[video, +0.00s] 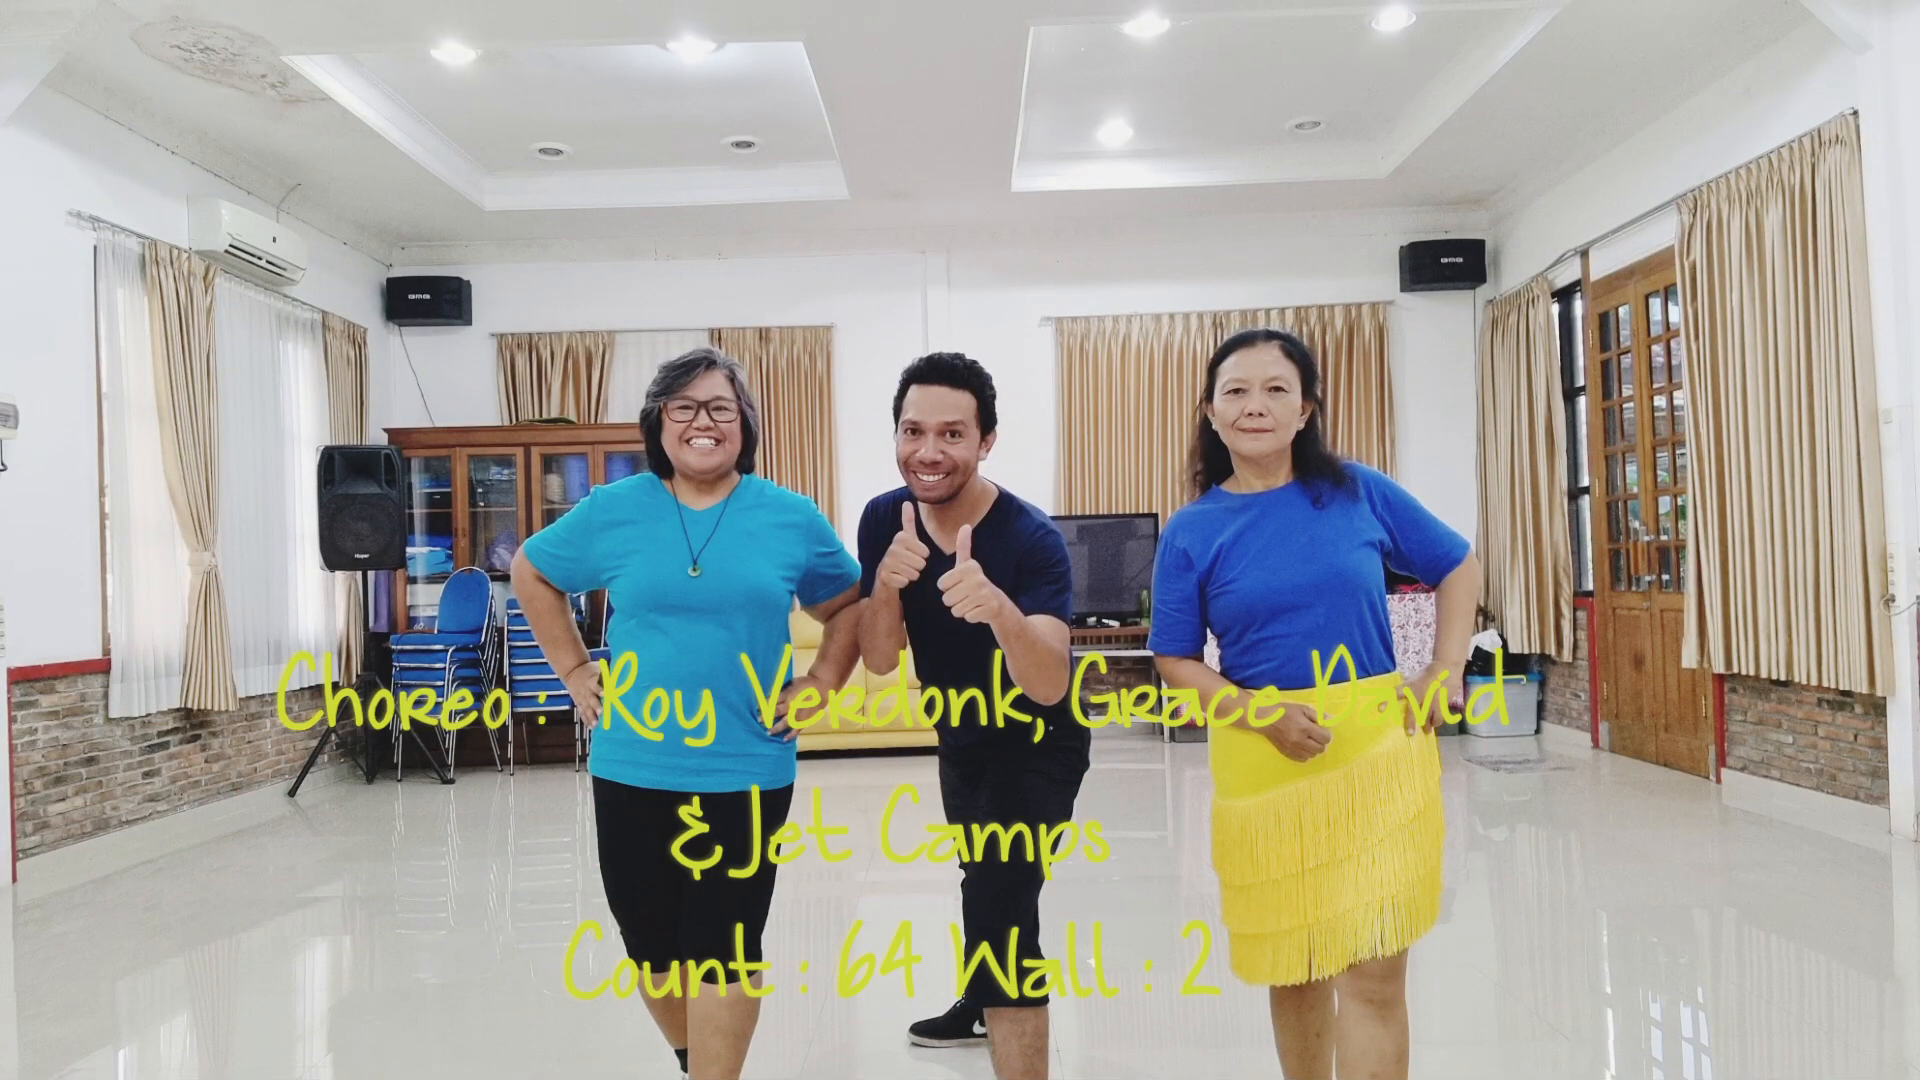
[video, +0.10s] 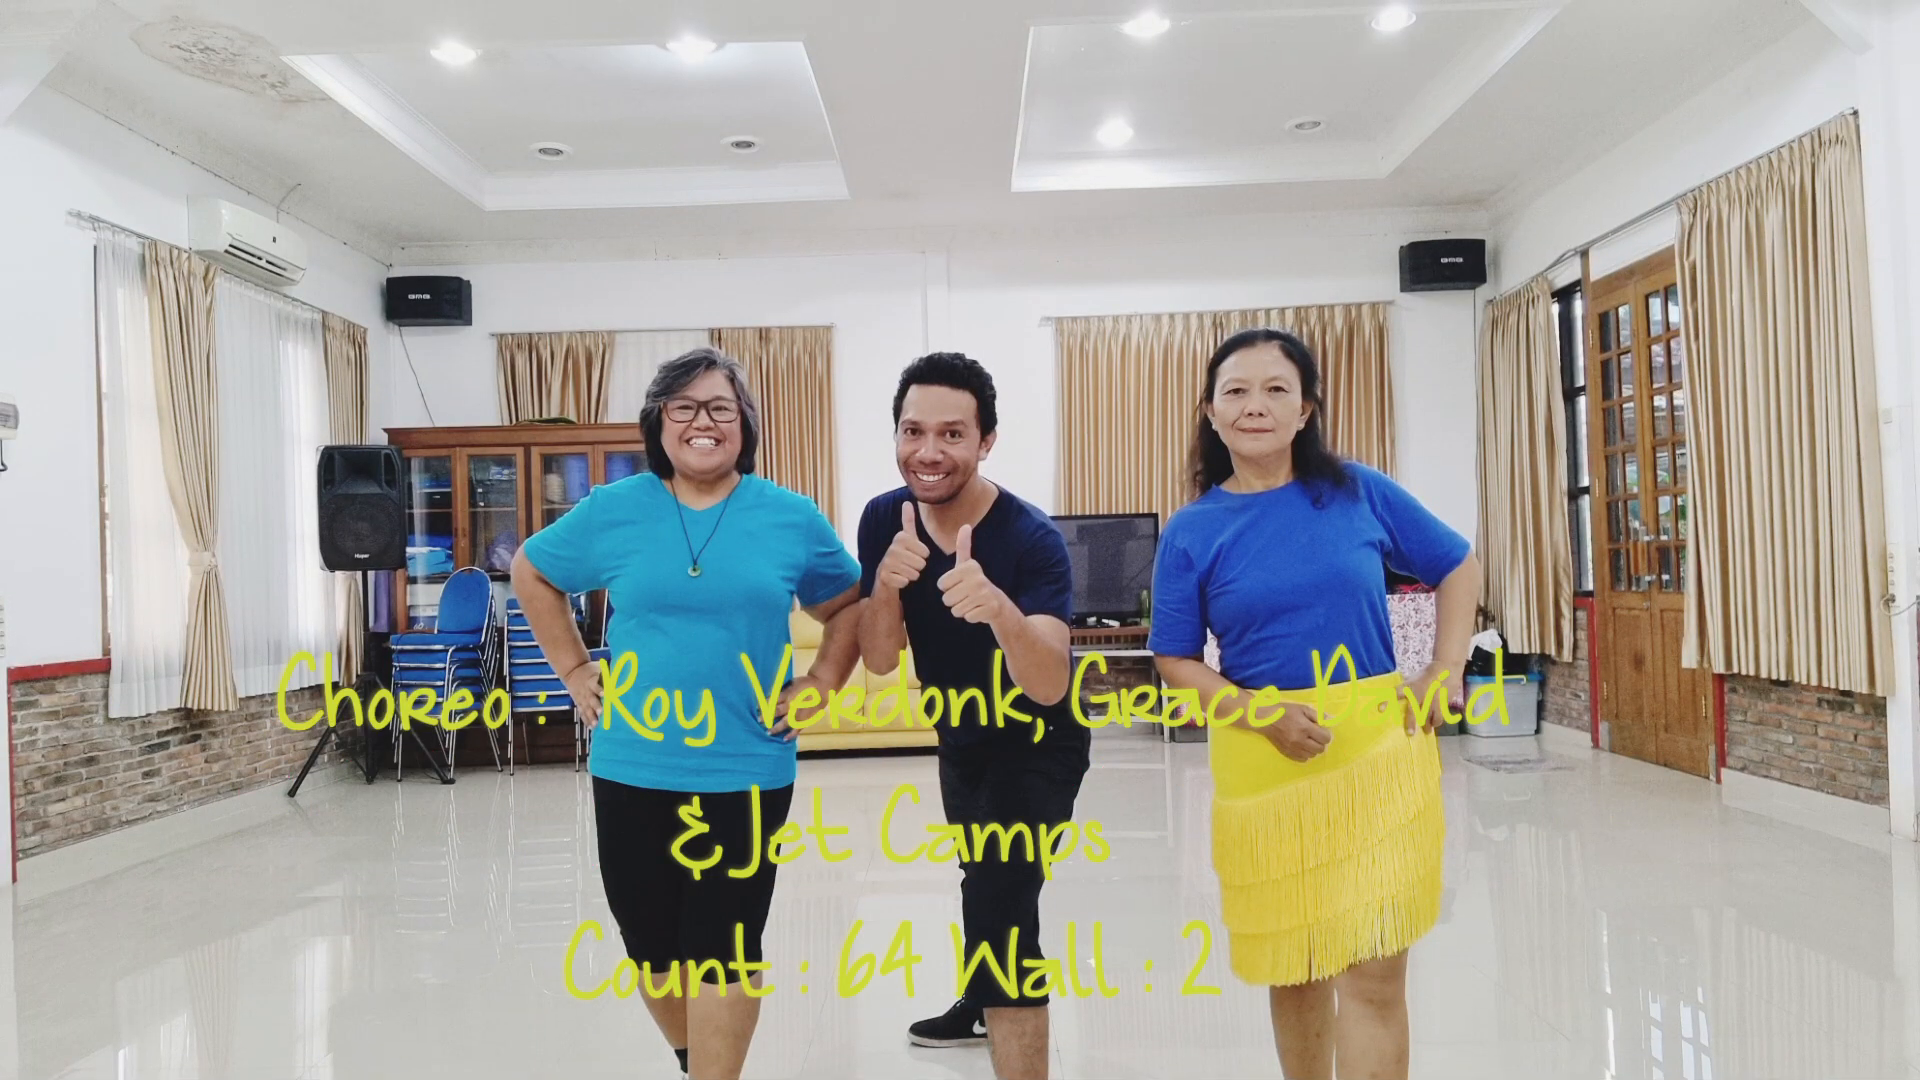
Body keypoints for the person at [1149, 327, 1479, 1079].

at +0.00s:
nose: (1254, 405)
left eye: (1276, 390)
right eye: (1234, 391)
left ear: (1305, 408)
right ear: (1212, 410)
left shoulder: (1359, 491)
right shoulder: (1192, 530)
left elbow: (1460, 565)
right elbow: (1172, 661)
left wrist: (1447, 667)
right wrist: (1261, 713)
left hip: (1377, 758)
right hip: (1267, 770)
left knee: (1376, 976)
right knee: (1296, 978)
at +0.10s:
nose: (1254, 405)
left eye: (1276, 390)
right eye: (1234, 391)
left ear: (1305, 408)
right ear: (1212, 410)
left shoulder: (1359, 491)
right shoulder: (1192, 530)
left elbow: (1460, 565)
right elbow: (1172, 661)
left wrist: (1447, 667)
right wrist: (1261, 713)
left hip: (1377, 758)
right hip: (1267, 770)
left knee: (1376, 976)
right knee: (1296, 978)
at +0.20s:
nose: (1254, 405)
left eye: (1276, 390)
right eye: (1234, 391)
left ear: (1305, 408)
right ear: (1212, 410)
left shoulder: (1359, 491)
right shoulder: (1192, 530)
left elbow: (1460, 565)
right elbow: (1172, 661)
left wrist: (1447, 667)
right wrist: (1261, 713)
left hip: (1377, 758)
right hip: (1267, 770)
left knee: (1376, 976)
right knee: (1296, 978)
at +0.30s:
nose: (1254, 405)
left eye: (1276, 390)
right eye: (1234, 391)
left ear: (1305, 408)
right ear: (1212, 410)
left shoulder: (1359, 491)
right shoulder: (1192, 530)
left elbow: (1460, 565)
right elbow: (1172, 661)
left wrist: (1447, 667)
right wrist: (1261, 713)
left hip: (1377, 758)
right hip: (1267, 770)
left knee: (1376, 976)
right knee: (1296, 978)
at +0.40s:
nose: (1254, 405)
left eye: (1276, 390)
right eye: (1234, 391)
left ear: (1305, 408)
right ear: (1212, 410)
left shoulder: (1359, 491)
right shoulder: (1192, 530)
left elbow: (1460, 565)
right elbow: (1172, 661)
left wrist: (1447, 667)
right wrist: (1261, 713)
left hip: (1377, 758)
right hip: (1267, 770)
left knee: (1376, 976)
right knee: (1296, 978)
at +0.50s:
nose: (1254, 405)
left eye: (1276, 390)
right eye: (1234, 391)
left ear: (1305, 408)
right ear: (1212, 410)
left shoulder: (1359, 491)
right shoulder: (1192, 530)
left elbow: (1460, 565)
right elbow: (1172, 661)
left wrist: (1447, 667)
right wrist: (1261, 713)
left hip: (1377, 758)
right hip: (1267, 770)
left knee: (1377, 976)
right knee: (1296, 978)